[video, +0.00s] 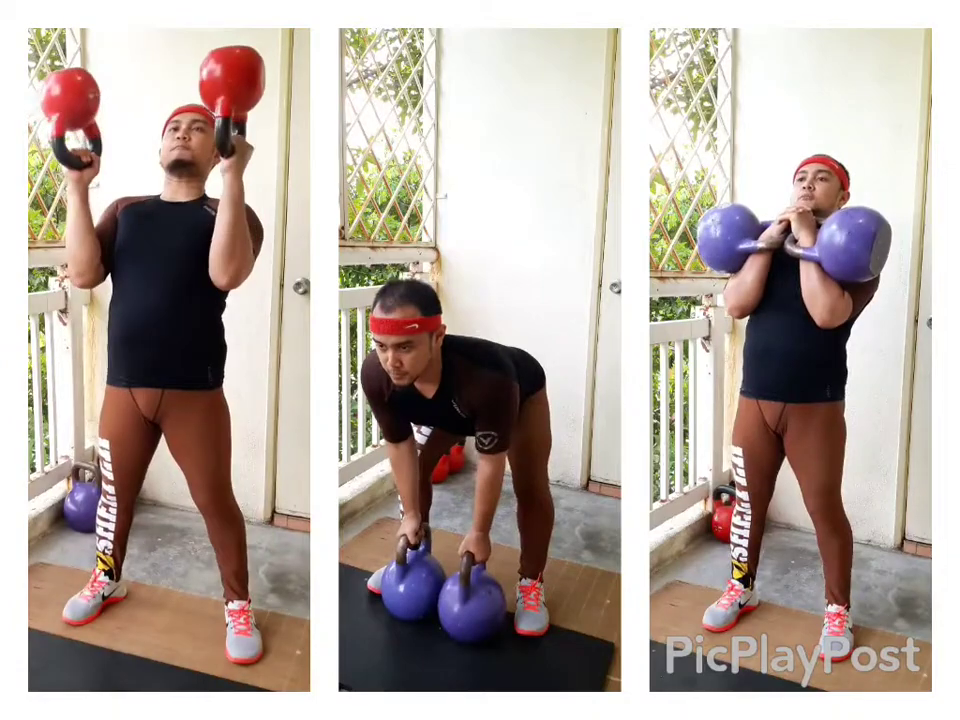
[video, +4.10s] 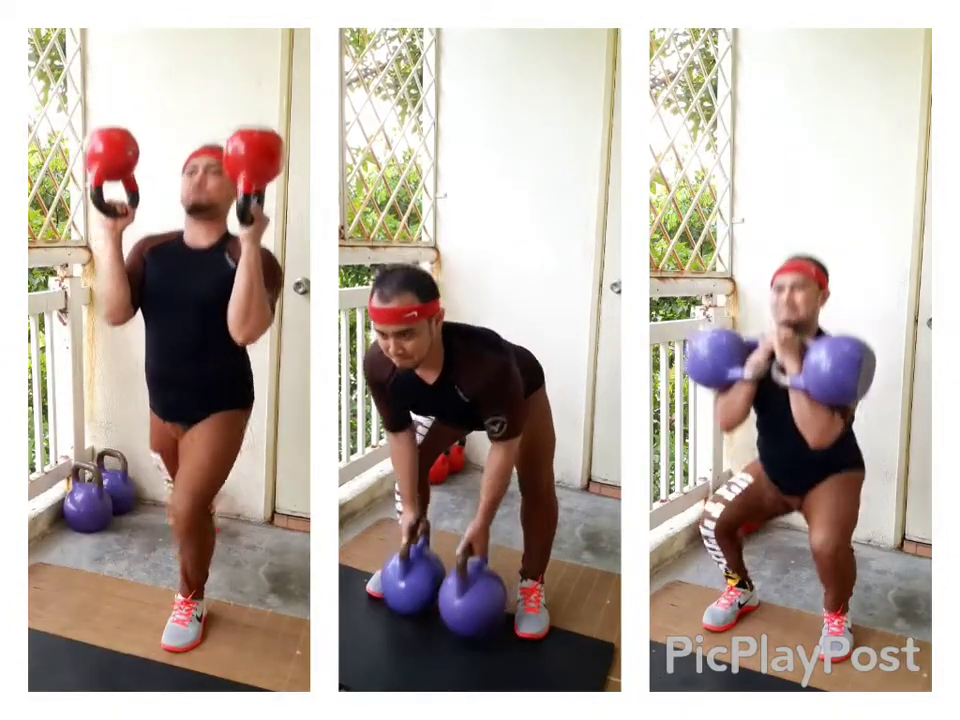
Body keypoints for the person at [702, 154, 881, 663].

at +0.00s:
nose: (805, 186)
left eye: (819, 179)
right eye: (800, 179)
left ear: (844, 196)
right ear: (790, 193)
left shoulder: (854, 257)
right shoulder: (768, 243)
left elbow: (828, 314)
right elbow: (735, 305)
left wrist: (805, 242)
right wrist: (767, 243)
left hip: (814, 406)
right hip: (754, 399)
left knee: (825, 512)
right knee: (749, 501)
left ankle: (837, 609)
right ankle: (740, 586)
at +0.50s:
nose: (792, 227)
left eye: (805, 219)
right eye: (785, 218)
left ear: (828, 230)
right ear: (776, 228)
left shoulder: (842, 289)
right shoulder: (756, 283)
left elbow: (821, 362)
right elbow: (730, 351)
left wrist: (795, 290)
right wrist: (759, 289)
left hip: (830, 431)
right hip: (773, 427)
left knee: (828, 528)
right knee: (733, 508)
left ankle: (836, 613)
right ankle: (740, 585)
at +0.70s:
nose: (790, 290)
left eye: (802, 282)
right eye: (783, 282)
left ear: (823, 294)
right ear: (772, 292)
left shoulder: (833, 352)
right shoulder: (754, 346)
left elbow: (819, 430)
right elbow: (727, 416)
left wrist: (792, 361)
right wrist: (753, 361)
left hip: (831, 466)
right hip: (775, 464)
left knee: (826, 543)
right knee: (721, 521)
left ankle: (836, 616)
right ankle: (740, 588)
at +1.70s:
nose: (795, 226)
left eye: (808, 221)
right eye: (788, 218)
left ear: (829, 238)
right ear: (777, 231)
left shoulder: (835, 299)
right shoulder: (756, 291)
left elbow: (819, 376)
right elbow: (729, 359)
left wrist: (793, 307)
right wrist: (751, 306)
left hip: (829, 433)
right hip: (773, 427)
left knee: (829, 531)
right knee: (727, 505)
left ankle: (837, 615)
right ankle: (740, 587)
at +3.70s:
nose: (795, 190)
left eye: (808, 182)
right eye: (788, 182)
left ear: (832, 195)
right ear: (778, 193)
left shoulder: (846, 257)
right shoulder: (758, 249)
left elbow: (824, 323)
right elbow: (728, 317)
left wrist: (799, 251)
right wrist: (758, 256)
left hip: (824, 412)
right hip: (765, 408)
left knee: (827, 516)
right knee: (738, 499)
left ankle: (836, 612)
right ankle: (739, 586)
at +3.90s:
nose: (789, 238)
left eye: (802, 230)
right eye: (782, 230)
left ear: (825, 241)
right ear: (773, 239)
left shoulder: (840, 302)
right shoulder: (757, 296)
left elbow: (822, 374)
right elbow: (727, 362)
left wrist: (795, 302)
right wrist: (756, 305)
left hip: (830, 438)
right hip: (773, 434)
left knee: (828, 533)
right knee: (727, 510)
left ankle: (835, 613)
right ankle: (740, 587)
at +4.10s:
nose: (787, 297)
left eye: (800, 288)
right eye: (780, 288)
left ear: (821, 299)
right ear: (770, 298)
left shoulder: (836, 356)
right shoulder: (753, 352)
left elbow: (821, 436)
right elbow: (726, 421)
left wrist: (793, 367)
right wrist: (753, 371)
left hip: (832, 472)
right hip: (775, 469)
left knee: (827, 545)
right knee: (718, 521)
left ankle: (836, 616)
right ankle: (740, 588)